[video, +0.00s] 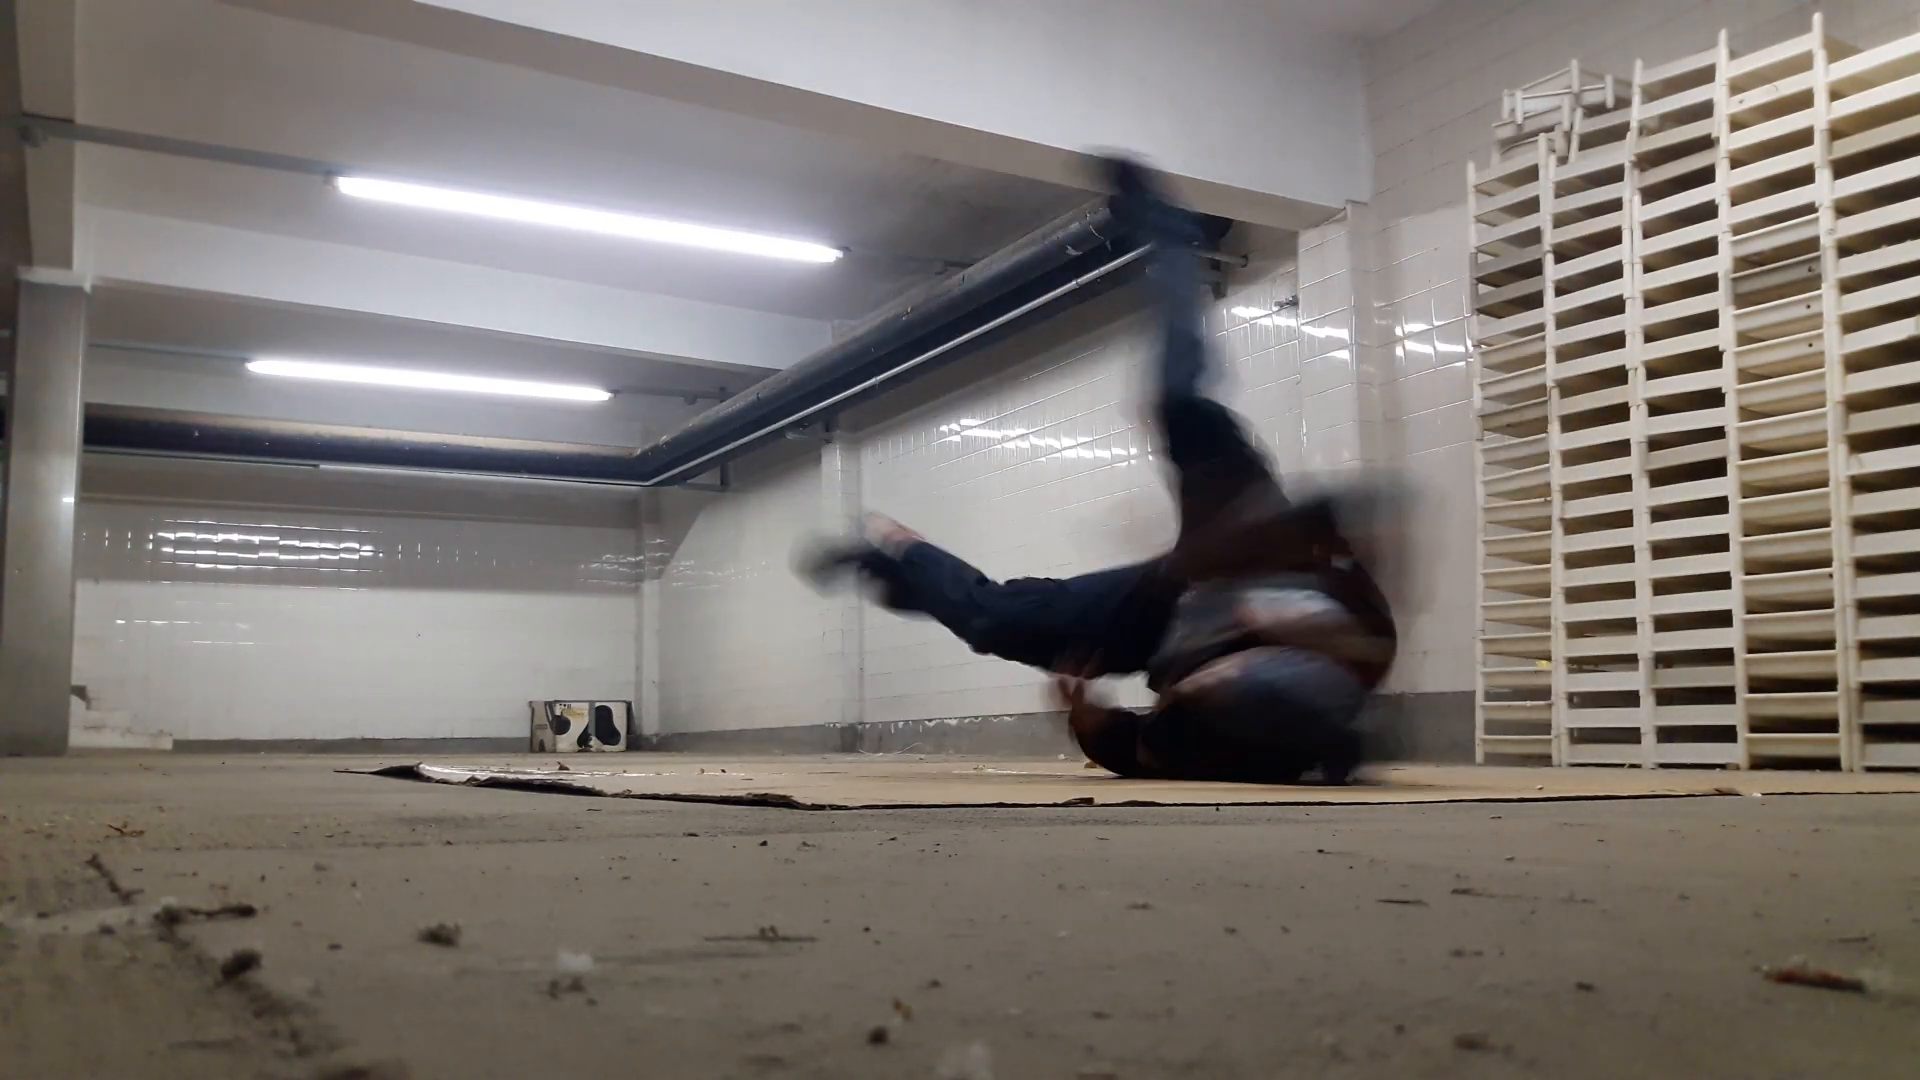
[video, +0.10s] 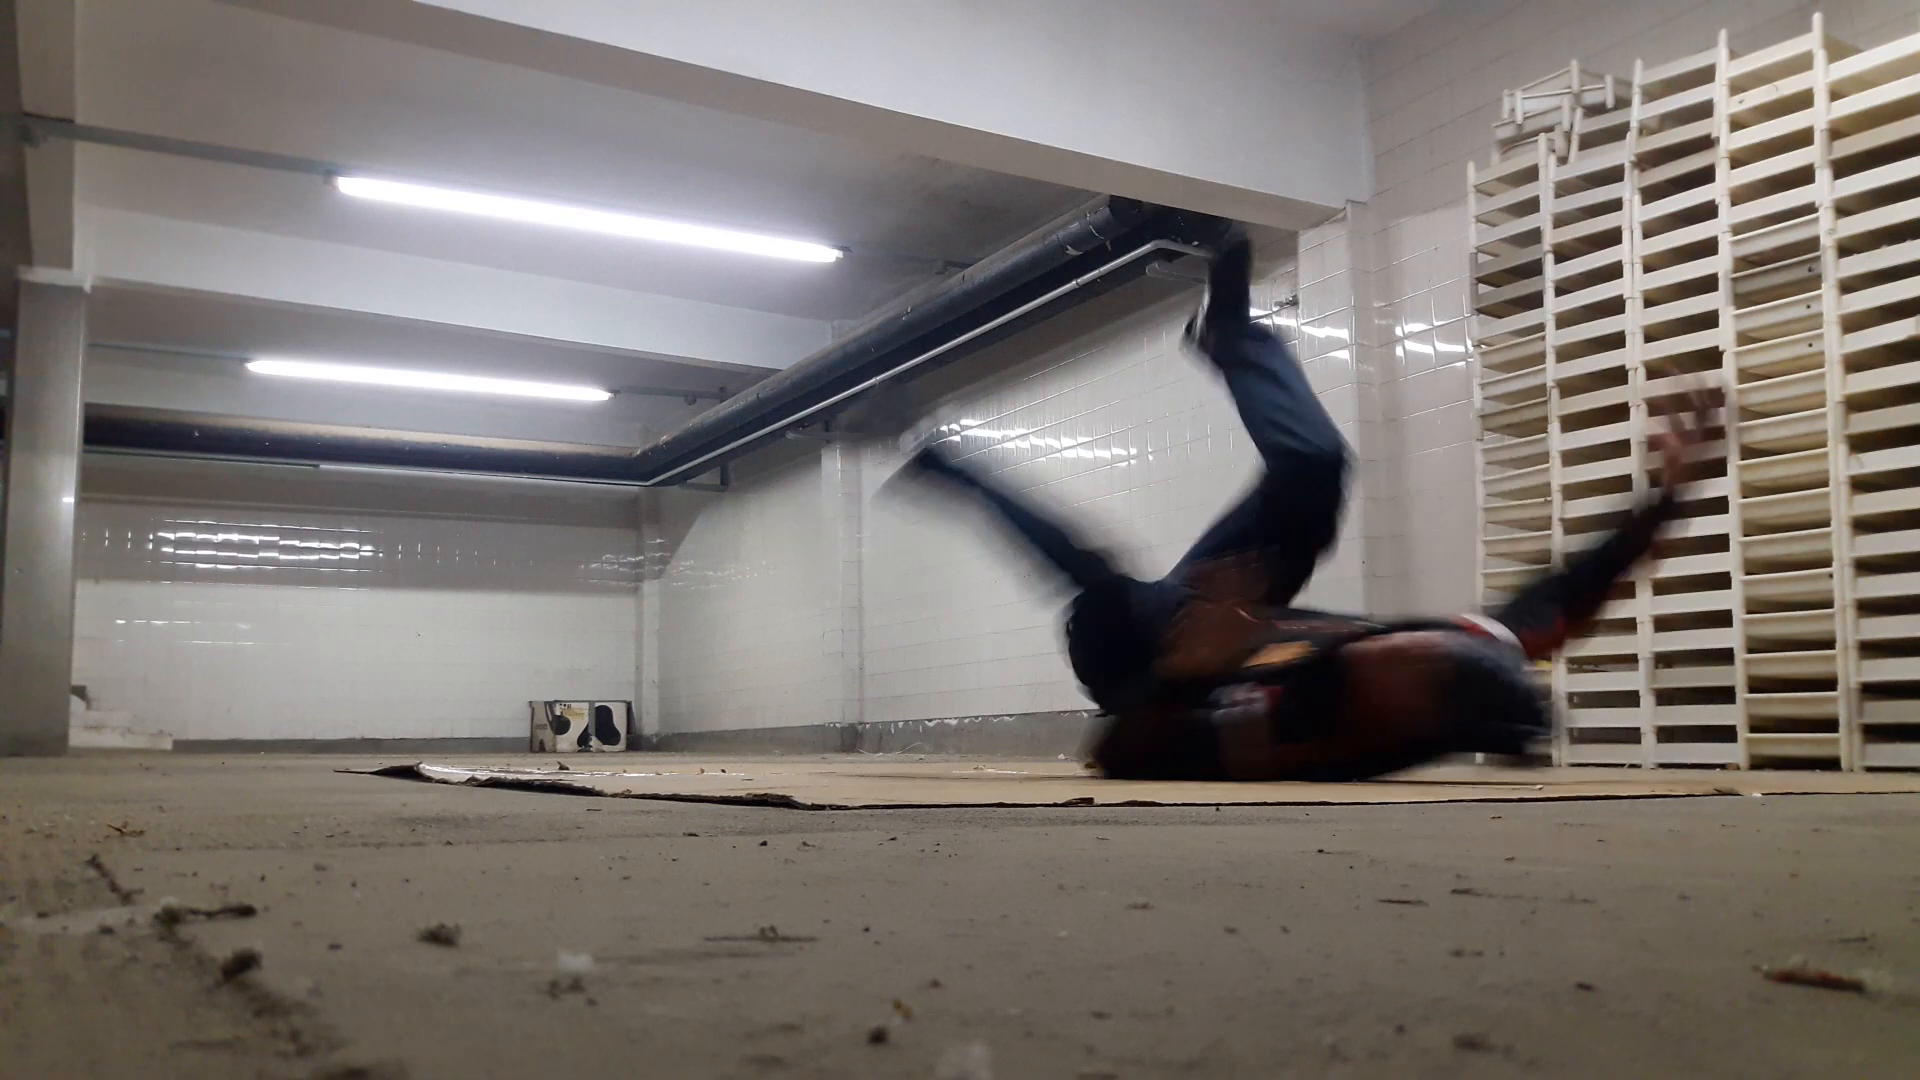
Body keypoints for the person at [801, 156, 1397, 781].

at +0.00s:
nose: (1220, 674)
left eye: (1222, 690)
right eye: (1242, 672)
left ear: (1223, 709)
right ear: (1275, 661)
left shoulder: (1208, 738)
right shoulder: (1351, 660)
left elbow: (1128, 751)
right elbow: (1367, 619)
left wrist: (1081, 717)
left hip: (1167, 614)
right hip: (1254, 557)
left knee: (998, 621)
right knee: (1182, 404)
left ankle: (893, 559)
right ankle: (1165, 224)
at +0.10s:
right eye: (1452, 651)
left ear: (1436, 719)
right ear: (1465, 658)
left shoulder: (1323, 730)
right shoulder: (1492, 649)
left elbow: (1130, 750)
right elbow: (1585, 585)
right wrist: (1666, 497)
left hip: (1170, 685)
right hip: (1254, 630)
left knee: (1094, 594)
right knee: (1314, 468)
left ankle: (954, 470)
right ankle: (1232, 326)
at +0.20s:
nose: (1521, 659)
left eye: (1533, 678)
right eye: (1534, 658)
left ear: (1520, 725)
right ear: (1517, 658)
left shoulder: (1427, 745)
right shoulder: (1439, 682)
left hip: (1153, 669)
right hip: (1196, 641)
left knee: (1286, 480)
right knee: (1296, 480)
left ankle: (1096, 360)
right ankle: (1171, 379)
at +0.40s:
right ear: (1529, 762)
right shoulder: (1467, 723)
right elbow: (1373, 745)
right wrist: (1259, 751)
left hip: (1330, 421)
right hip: (1311, 475)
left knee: (1186, 519)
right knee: (1133, 604)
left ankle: (1087, 411)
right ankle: (994, 427)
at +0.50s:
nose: (1523, 702)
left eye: (1525, 726)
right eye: (1551, 702)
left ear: (1500, 739)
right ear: (1561, 675)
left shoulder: (1413, 715)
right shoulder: (1524, 613)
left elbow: (1365, 766)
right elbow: (1666, 645)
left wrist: (1452, 732)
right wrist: (1674, 690)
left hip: (1237, 478)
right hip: (1332, 440)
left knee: (1143, 627)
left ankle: (1151, 421)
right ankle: (1146, 412)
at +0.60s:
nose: (1561, 705)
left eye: (1560, 718)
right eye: (1562, 704)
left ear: (1518, 737)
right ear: (1536, 690)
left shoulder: (1449, 746)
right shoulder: (1485, 648)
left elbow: (1531, 757)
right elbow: (1516, 554)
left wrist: (1577, 737)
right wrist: (1605, 590)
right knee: (1461, 434)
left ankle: (1274, 451)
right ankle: (1294, 376)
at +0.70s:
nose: (1500, 688)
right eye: (1492, 688)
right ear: (1476, 694)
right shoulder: (1466, 741)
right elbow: (1608, 752)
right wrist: (1563, 675)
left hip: (1295, 662)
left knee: (1265, 549)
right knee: (1529, 549)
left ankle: (1345, 445)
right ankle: (1367, 477)